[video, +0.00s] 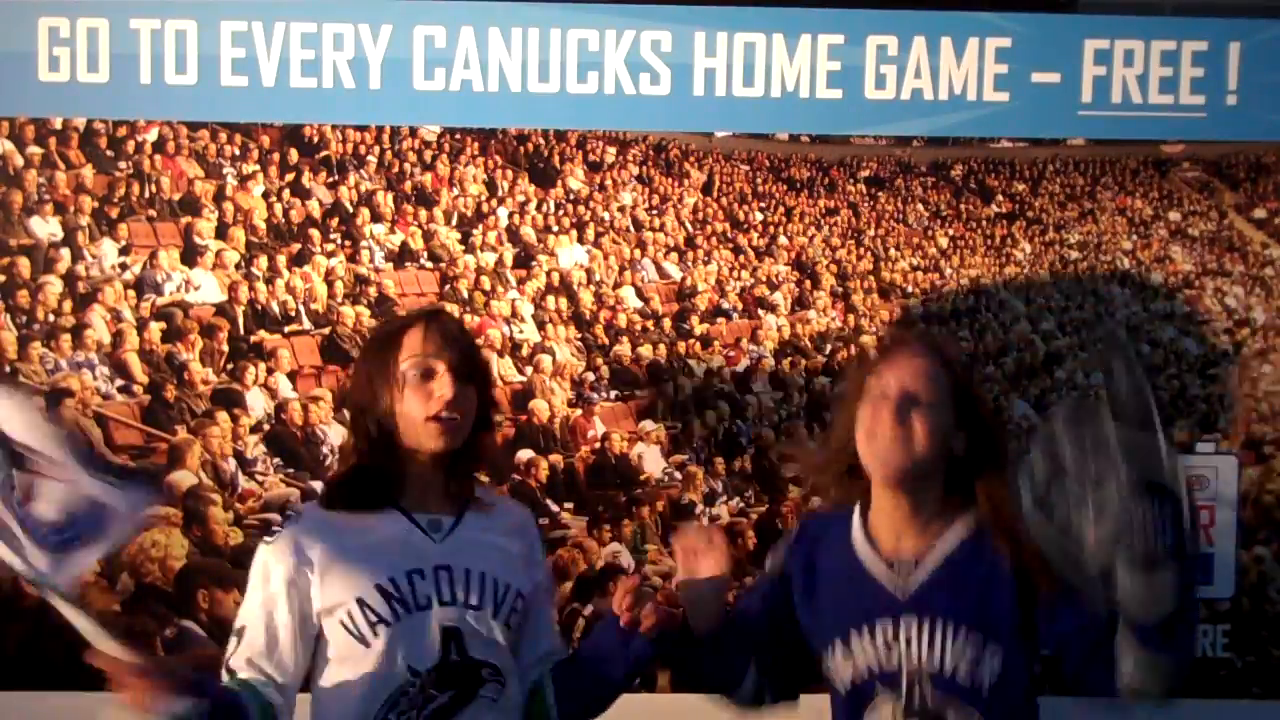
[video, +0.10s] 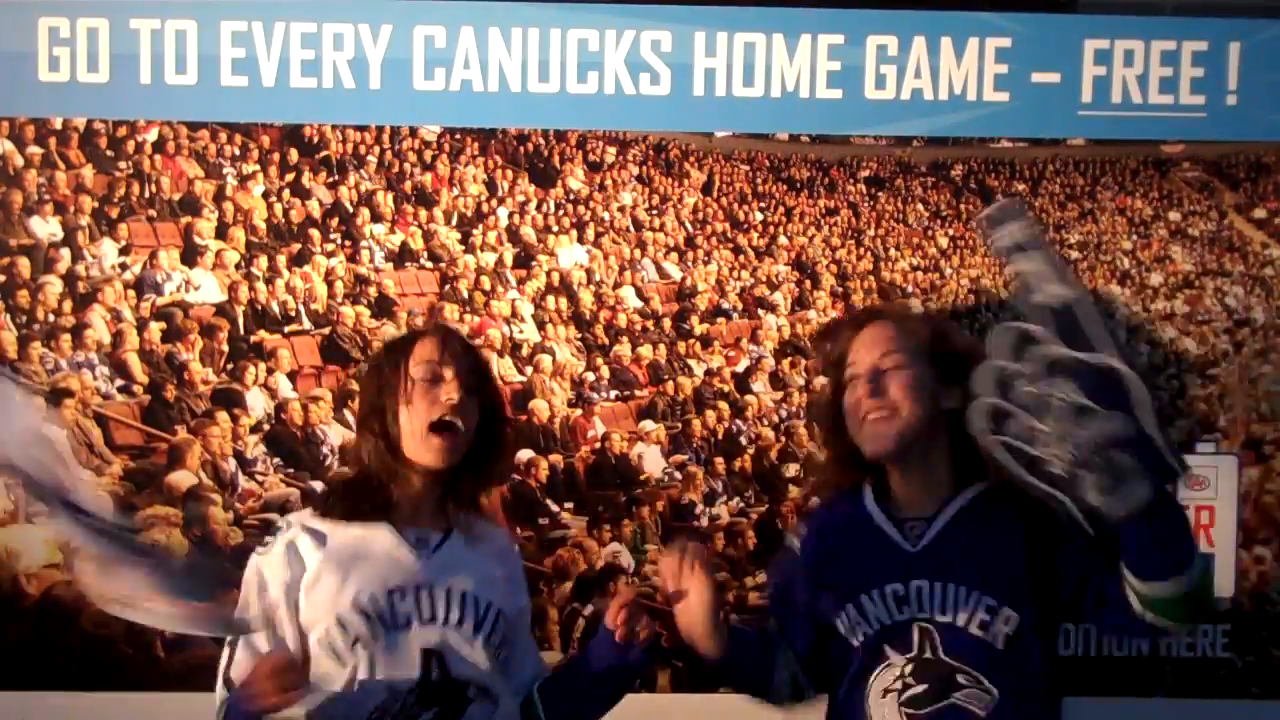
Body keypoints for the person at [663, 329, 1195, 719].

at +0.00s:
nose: (890, 414)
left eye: (914, 402)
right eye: (876, 398)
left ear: (955, 436)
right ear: (852, 422)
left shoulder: (1013, 558)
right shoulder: (811, 550)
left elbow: (1109, 687)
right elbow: (743, 683)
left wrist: (1149, 593)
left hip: (979, 713)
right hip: (857, 711)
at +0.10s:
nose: (864, 392)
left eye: (888, 371)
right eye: (851, 384)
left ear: (945, 390)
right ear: (843, 414)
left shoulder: (1030, 520)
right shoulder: (828, 539)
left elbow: (1165, 615)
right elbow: (797, 678)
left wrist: (1134, 490)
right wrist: (717, 643)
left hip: (1001, 713)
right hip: (871, 715)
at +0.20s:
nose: (855, 456)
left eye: (874, 431)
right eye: (846, 439)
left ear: (942, 427)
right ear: (836, 452)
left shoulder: (1037, 574)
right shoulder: (846, 579)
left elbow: (1143, 610)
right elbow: (813, 705)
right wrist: (726, 691)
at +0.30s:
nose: (842, 467)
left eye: (866, 442)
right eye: (844, 449)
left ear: (938, 447)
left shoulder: (1027, 606)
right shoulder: (848, 590)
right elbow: (774, 705)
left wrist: (1057, 587)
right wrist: (709, 631)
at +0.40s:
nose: (850, 409)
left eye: (874, 383)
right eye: (851, 389)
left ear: (949, 405)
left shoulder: (1038, 545)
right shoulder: (837, 535)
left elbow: (1116, 696)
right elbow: (737, 624)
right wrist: (705, 507)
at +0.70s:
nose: (918, 432)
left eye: (942, 415)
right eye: (907, 417)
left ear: (999, 438)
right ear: (895, 440)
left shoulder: (1081, 579)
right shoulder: (869, 558)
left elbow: (1133, 699)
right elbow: (750, 664)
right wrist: (721, 535)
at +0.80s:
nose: (937, 388)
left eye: (959, 370)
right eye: (918, 379)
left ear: (1008, 397)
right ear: (900, 414)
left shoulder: (1096, 533)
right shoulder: (877, 542)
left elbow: (1211, 640)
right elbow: (833, 680)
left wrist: (1227, 510)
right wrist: (730, 627)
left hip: (1051, 713)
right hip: (913, 716)